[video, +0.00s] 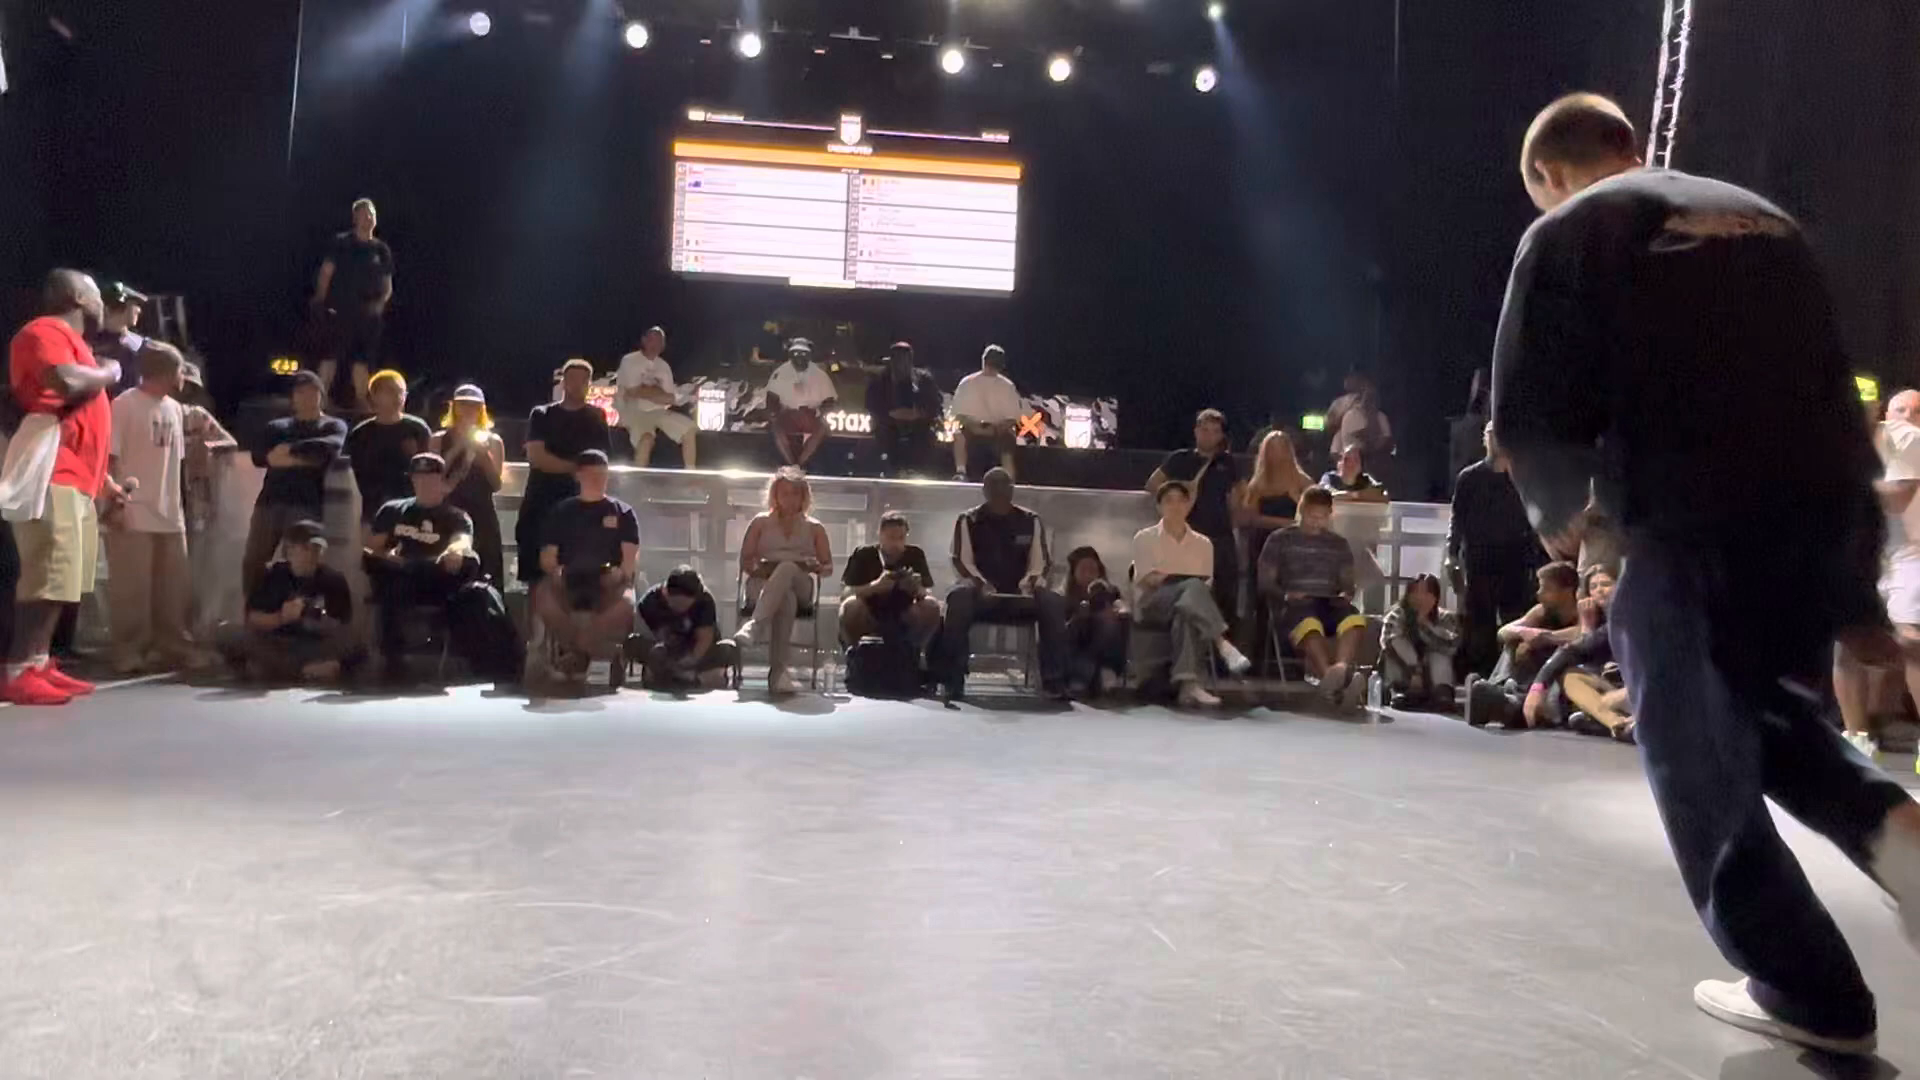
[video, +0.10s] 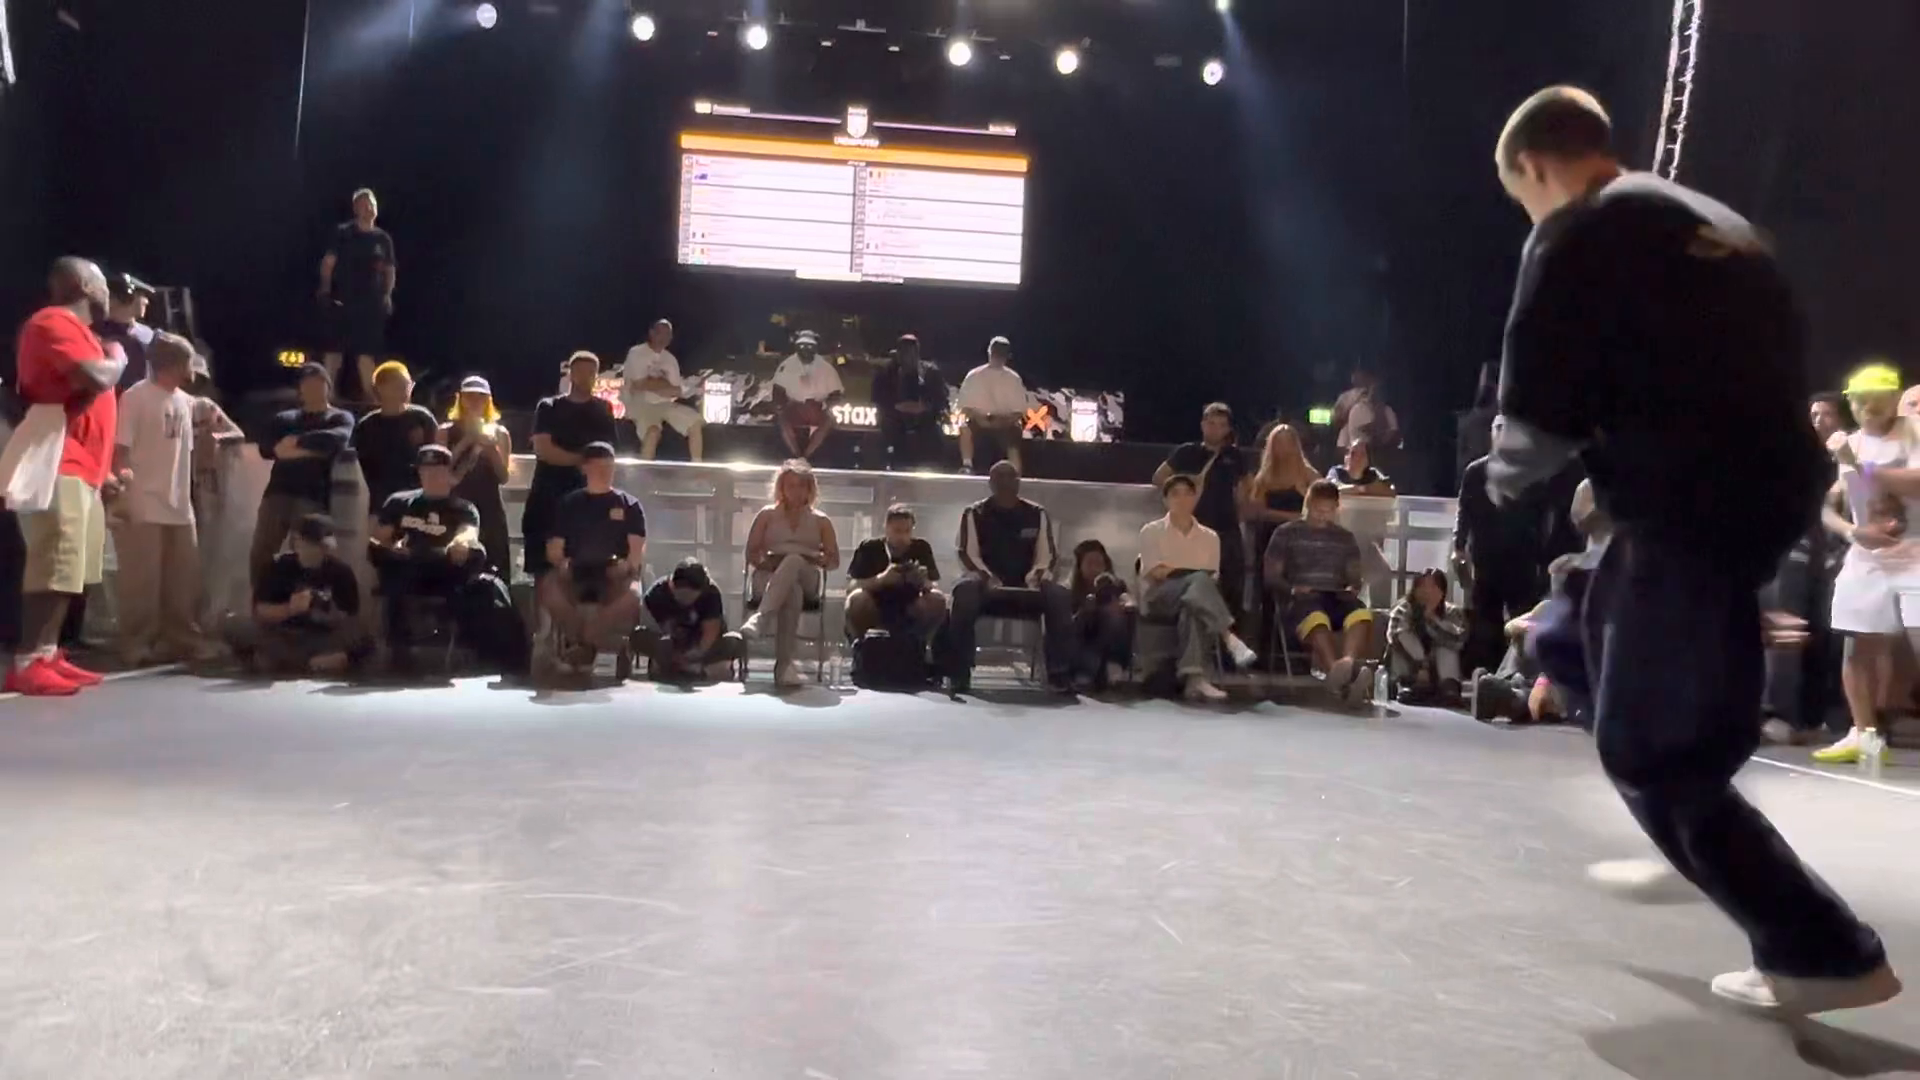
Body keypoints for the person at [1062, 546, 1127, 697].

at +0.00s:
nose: (1088, 574)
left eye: (1092, 569)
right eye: (1083, 568)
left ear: (1100, 571)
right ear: (1073, 572)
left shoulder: (1109, 593)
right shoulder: (1063, 597)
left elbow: (1123, 611)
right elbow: (1063, 633)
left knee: (1109, 620)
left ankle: (1110, 671)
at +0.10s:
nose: (1094, 568)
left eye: (1099, 563)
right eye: (1089, 563)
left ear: (1106, 564)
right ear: (1079, 566)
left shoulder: (1116, 587)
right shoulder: (1071, 592)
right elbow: (1068, 627)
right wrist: (1085, 609)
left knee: (1115, 614)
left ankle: (1116, 665)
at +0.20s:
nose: (1099, 561)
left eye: (1103, 556)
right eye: (1093, 556)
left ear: (1111, 558)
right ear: (1084, 559)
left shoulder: (1120, 580)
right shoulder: (1075, 583)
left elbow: (1133, 600)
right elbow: (1072, 618)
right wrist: (1091, 602)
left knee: (1122, 609)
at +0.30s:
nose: (1104, 557)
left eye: (1108, 551)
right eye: (1098, 552)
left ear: (1116, 552)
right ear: (1089, 554)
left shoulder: (1126, 575)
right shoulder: (1080, 578)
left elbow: (1139, 594)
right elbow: (1077, 612)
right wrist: (1096, 596)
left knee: (1127, 603)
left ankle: (1126, 654)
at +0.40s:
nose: (1109, 552)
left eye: (1113, 546)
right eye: (1104, 547)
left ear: (1121, 548)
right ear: (1094, 550)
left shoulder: (1131, 570)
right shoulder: (1084, 573)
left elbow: (1144, 589)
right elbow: (1081, 606)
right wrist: (1100, 593)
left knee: (1133, 599)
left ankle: (1131, 649)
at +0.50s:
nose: (1115, 549)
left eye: (1119, 543)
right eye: (1109, 544)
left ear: (1127, 544)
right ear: (1100, 546)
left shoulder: (1137, 567)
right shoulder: (1091, 570)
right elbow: (1088, 603)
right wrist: (1107, 587)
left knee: (1137, 595)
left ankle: (1135, 645)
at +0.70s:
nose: (1126, 545)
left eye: (1130, 539)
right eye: (1120, 540)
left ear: (1139, 539)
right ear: (1111, 542)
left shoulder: (1147, 562)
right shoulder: (1101, 565)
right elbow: (1099, 599)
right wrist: (1117, 581)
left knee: (1149, 589)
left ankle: (1146, 640)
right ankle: (1142, 642)